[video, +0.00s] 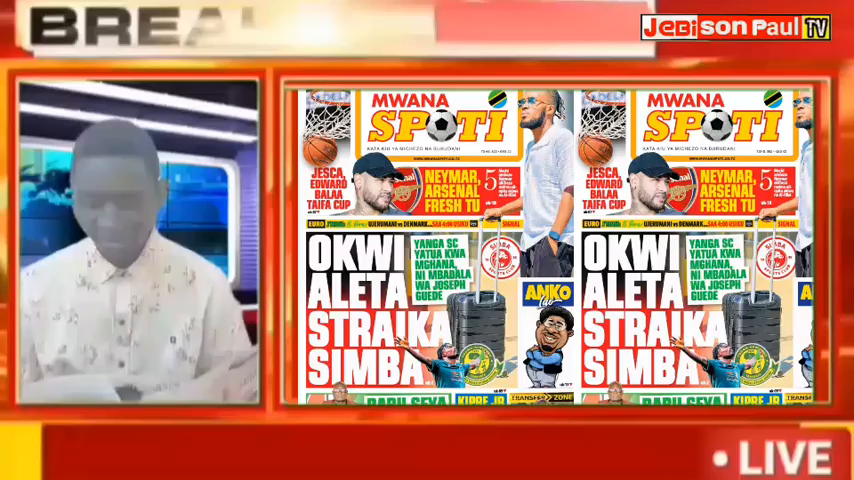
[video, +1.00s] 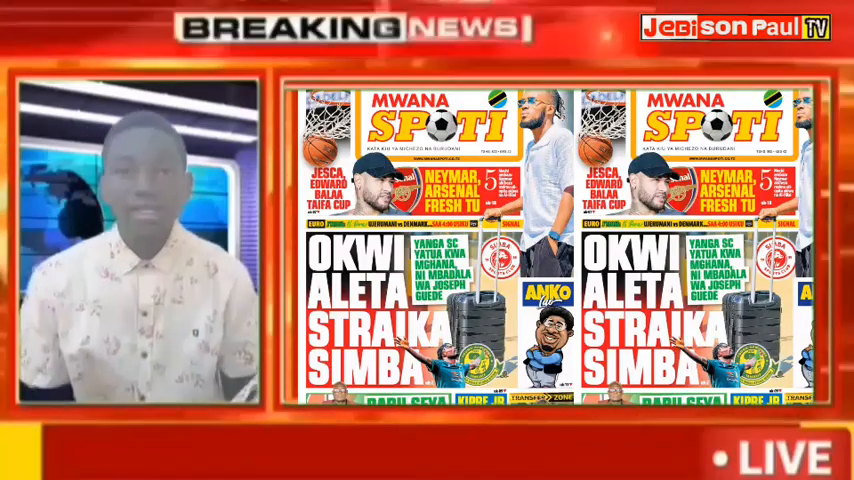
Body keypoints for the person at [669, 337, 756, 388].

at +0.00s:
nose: (729, 348)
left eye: (729, 347)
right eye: (725, 347)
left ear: (731, 351)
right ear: (718, 353)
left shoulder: (737, 366)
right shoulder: (714, 364)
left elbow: (750, 365)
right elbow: (698, 359)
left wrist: (754, 358)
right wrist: (683, 348)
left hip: (737, 401)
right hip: (720, 401)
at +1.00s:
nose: (729, 348)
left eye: (729, 347)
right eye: (725, 347)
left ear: (731, 351)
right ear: (718, 353)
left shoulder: (737, 366)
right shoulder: (714, 364)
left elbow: (750, 365)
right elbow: (698, 359)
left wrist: (755, 358)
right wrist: (683, 348)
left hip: (737, 401)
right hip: (720, 401)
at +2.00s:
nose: (729, 348)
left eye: (729, 347)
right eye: (725, 347)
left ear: (731, 351)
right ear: (718, 353)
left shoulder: (737, 366)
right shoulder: (714, 364)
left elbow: (750, 365)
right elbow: (698, 359)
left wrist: (754, 359)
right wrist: (684, 348)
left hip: (737, 401)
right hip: (720, 401)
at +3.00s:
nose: (729, 348)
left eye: (729, 346)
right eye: (725, 347)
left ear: (731, 351)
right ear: (719, 353)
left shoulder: (737, 366)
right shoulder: (714, 364)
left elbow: (749, 365)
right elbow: (698, 359)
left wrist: (754, 359)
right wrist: (684, 348)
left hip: (736, 401)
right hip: (720, 401)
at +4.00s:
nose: (729, 348)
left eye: (729, 347)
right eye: (725, 347)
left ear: (731, 351)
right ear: (718, 353)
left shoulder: (737, 366)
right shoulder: (714, 364)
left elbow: (750, 365)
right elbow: (698, 359)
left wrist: (754, 359)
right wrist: (684, 348)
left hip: (737, 401)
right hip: (720, 401)